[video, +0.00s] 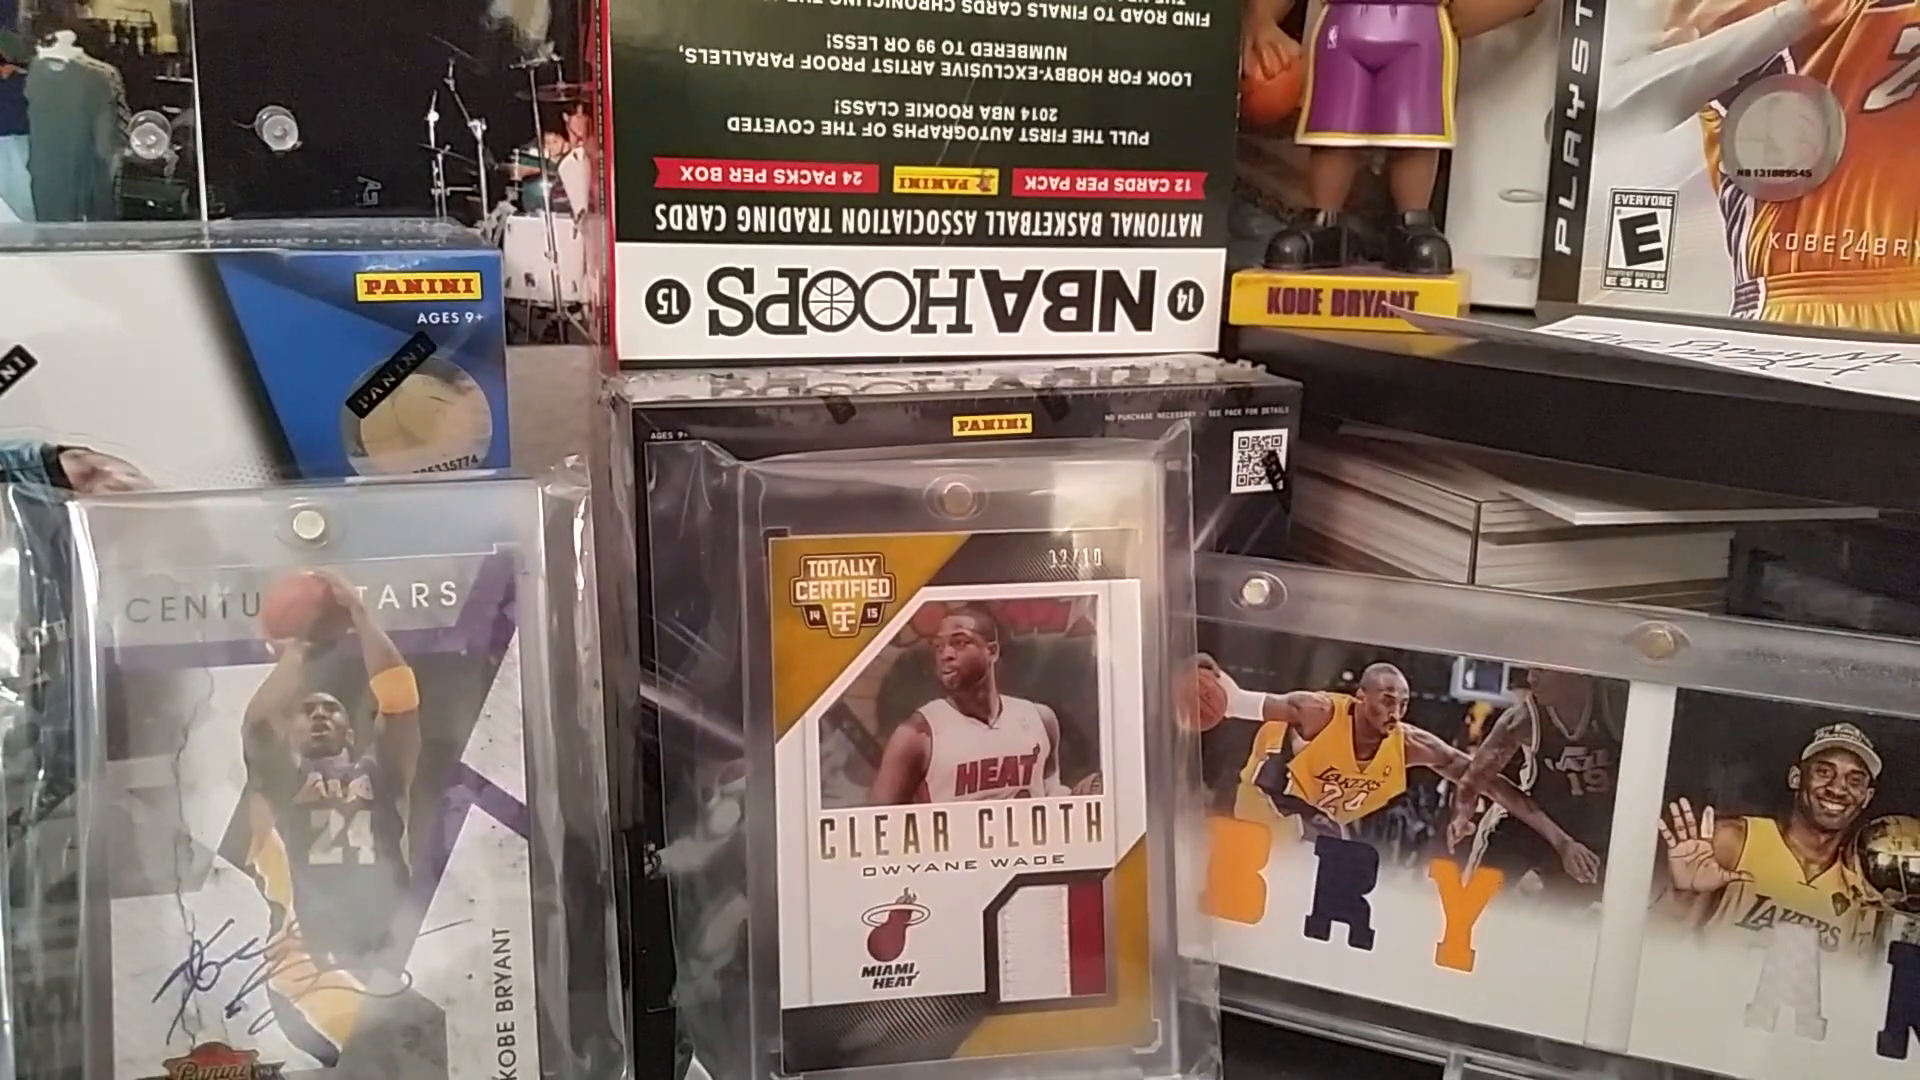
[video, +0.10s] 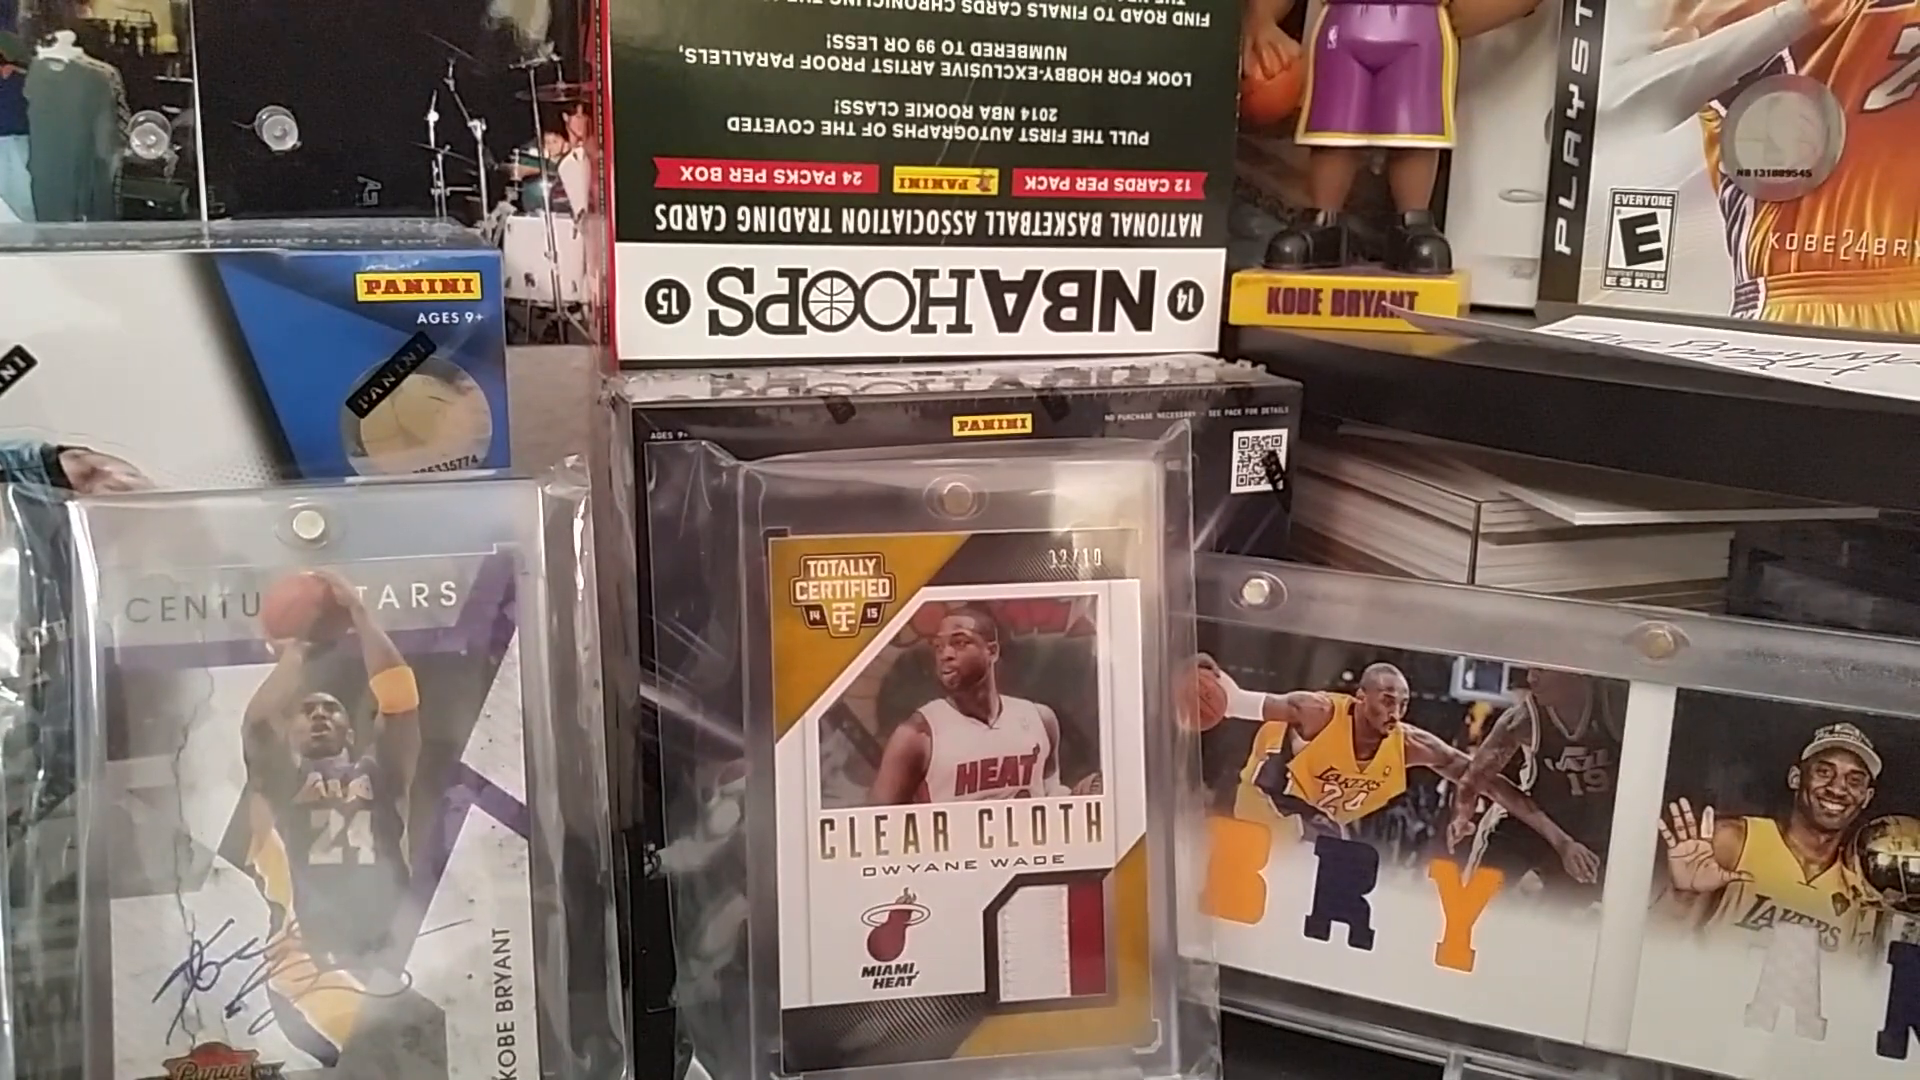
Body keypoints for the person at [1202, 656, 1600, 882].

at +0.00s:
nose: (1395, 709)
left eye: (1401, 701)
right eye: (1386, 698)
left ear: (1405, 705)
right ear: (1359, 694)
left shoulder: (1414, 745)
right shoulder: (1316, 709)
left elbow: (1487, 782)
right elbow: (1240, 701)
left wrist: (1561, 841)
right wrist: (1207, 679)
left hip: (1331, 814)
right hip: (1276, 790)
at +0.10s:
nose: (1395, 709)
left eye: (1401, 701)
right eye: (1386, 698)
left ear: (1405, 706)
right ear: (1359, 695)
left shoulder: (1415, 745)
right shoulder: (1317, 709)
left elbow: (1488, 782)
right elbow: (1241, 701)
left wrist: (1561, 841)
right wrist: (1208, 679)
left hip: (1333, 814)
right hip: (1280, 790)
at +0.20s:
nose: (1395, 709)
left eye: (1401, 701)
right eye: (1386, 698)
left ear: (1405, 706)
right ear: (1359, 695)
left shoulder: (1415, 745)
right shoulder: (1316, 709)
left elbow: (1488, 782)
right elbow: (1240, 701)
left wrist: (1561, 842)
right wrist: (1207, 679)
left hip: (1332, 814)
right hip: (1279, 789)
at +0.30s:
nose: (1395, 709)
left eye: (1401, 701)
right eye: (1386, 698)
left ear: (1405, 705)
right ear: (1359, 695)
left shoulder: (1415, 745)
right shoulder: (1316, 709)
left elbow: (1488, 781)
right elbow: (1240, 701)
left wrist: (1562, 841)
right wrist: (1206, 678)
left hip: (1319, 816)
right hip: (1266, 787)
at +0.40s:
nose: (1396, 709)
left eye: (1402, 702)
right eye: (1387, 699)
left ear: (1406, 707)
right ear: (1360, 695)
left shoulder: (1416, 746)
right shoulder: (1317, 709)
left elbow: (1488, 782)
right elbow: (1239, 701)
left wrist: (1562, 842)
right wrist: (1206, 679)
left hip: (1328, 814)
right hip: (1275, 787)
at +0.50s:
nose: (1397, 710)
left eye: (1403, 703)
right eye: (1387, 699)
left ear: (1407, 707)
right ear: (1360, 696)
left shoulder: (1417, 747)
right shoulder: (1318, 710)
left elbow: (1490, 783)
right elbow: (1243, 701)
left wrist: (1563, 843)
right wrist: (1210, 679)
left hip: (1323, 820)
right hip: (1272, 793)